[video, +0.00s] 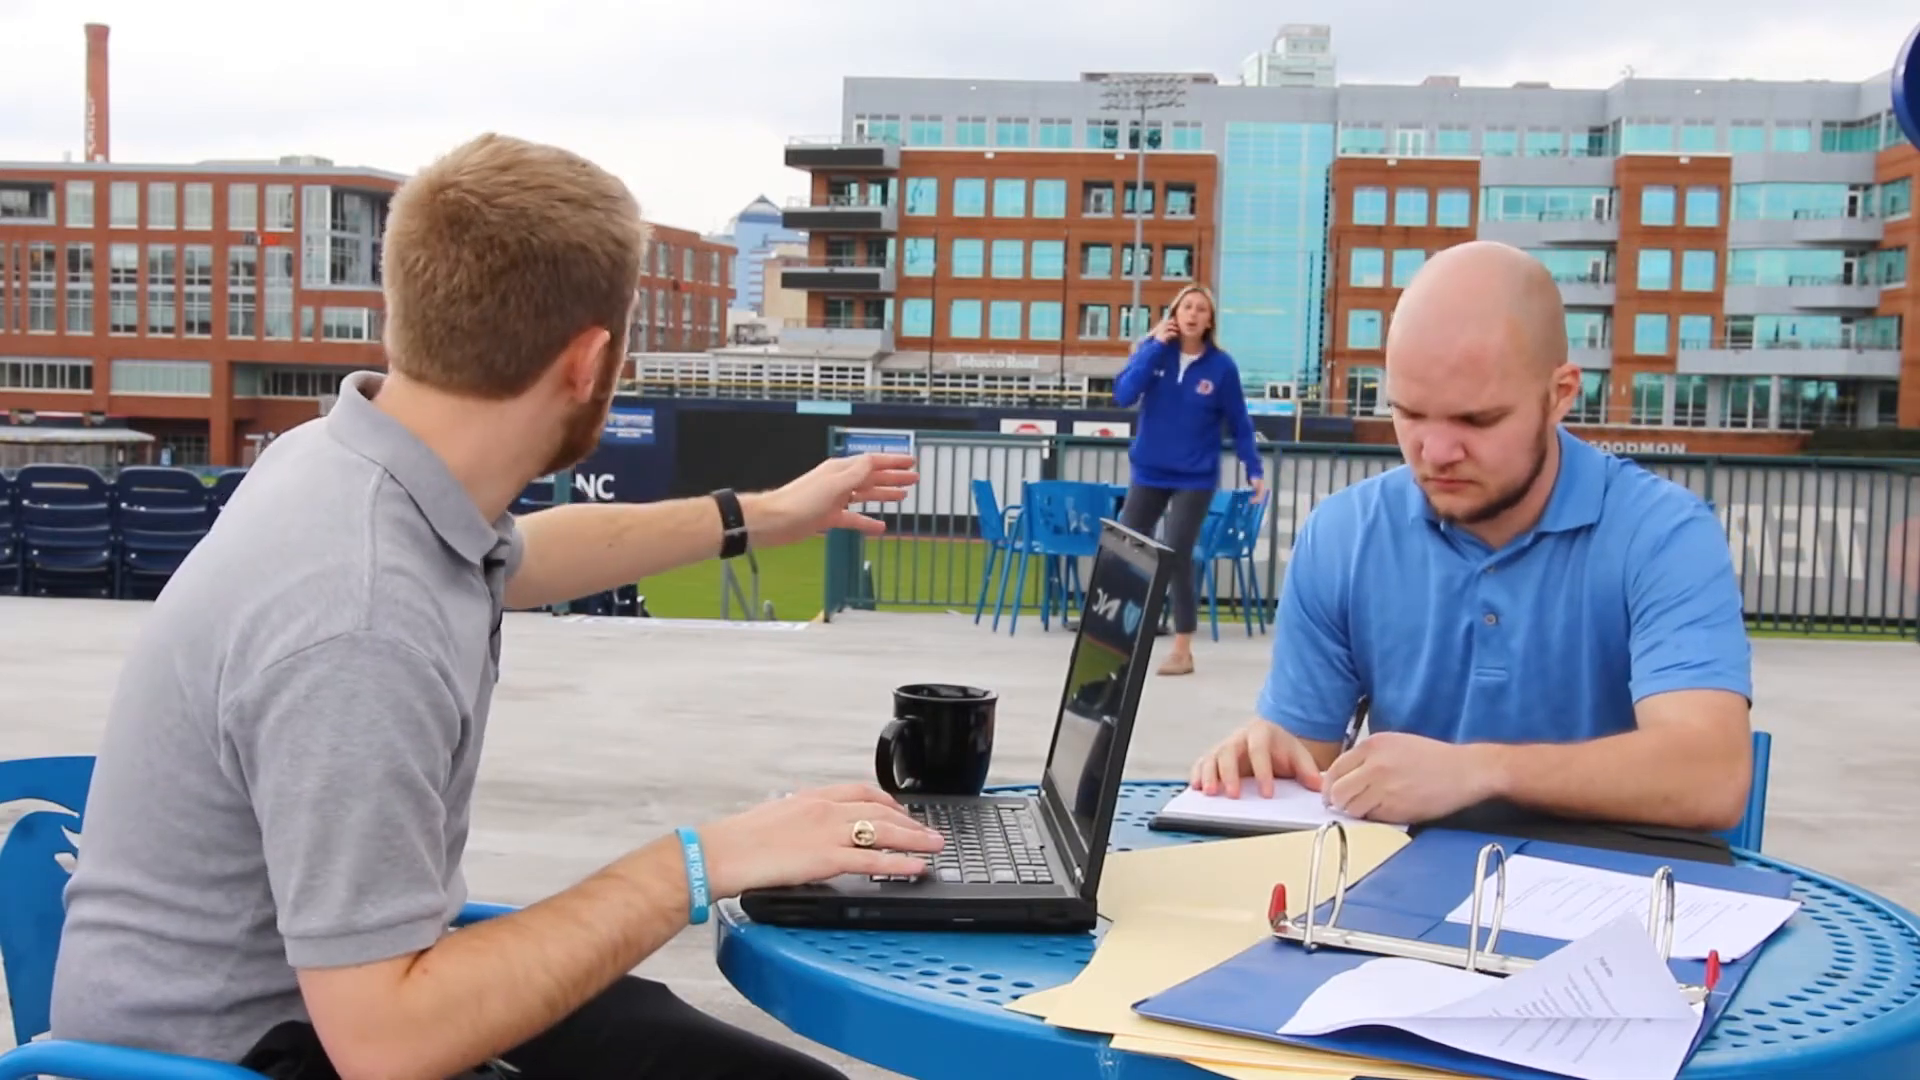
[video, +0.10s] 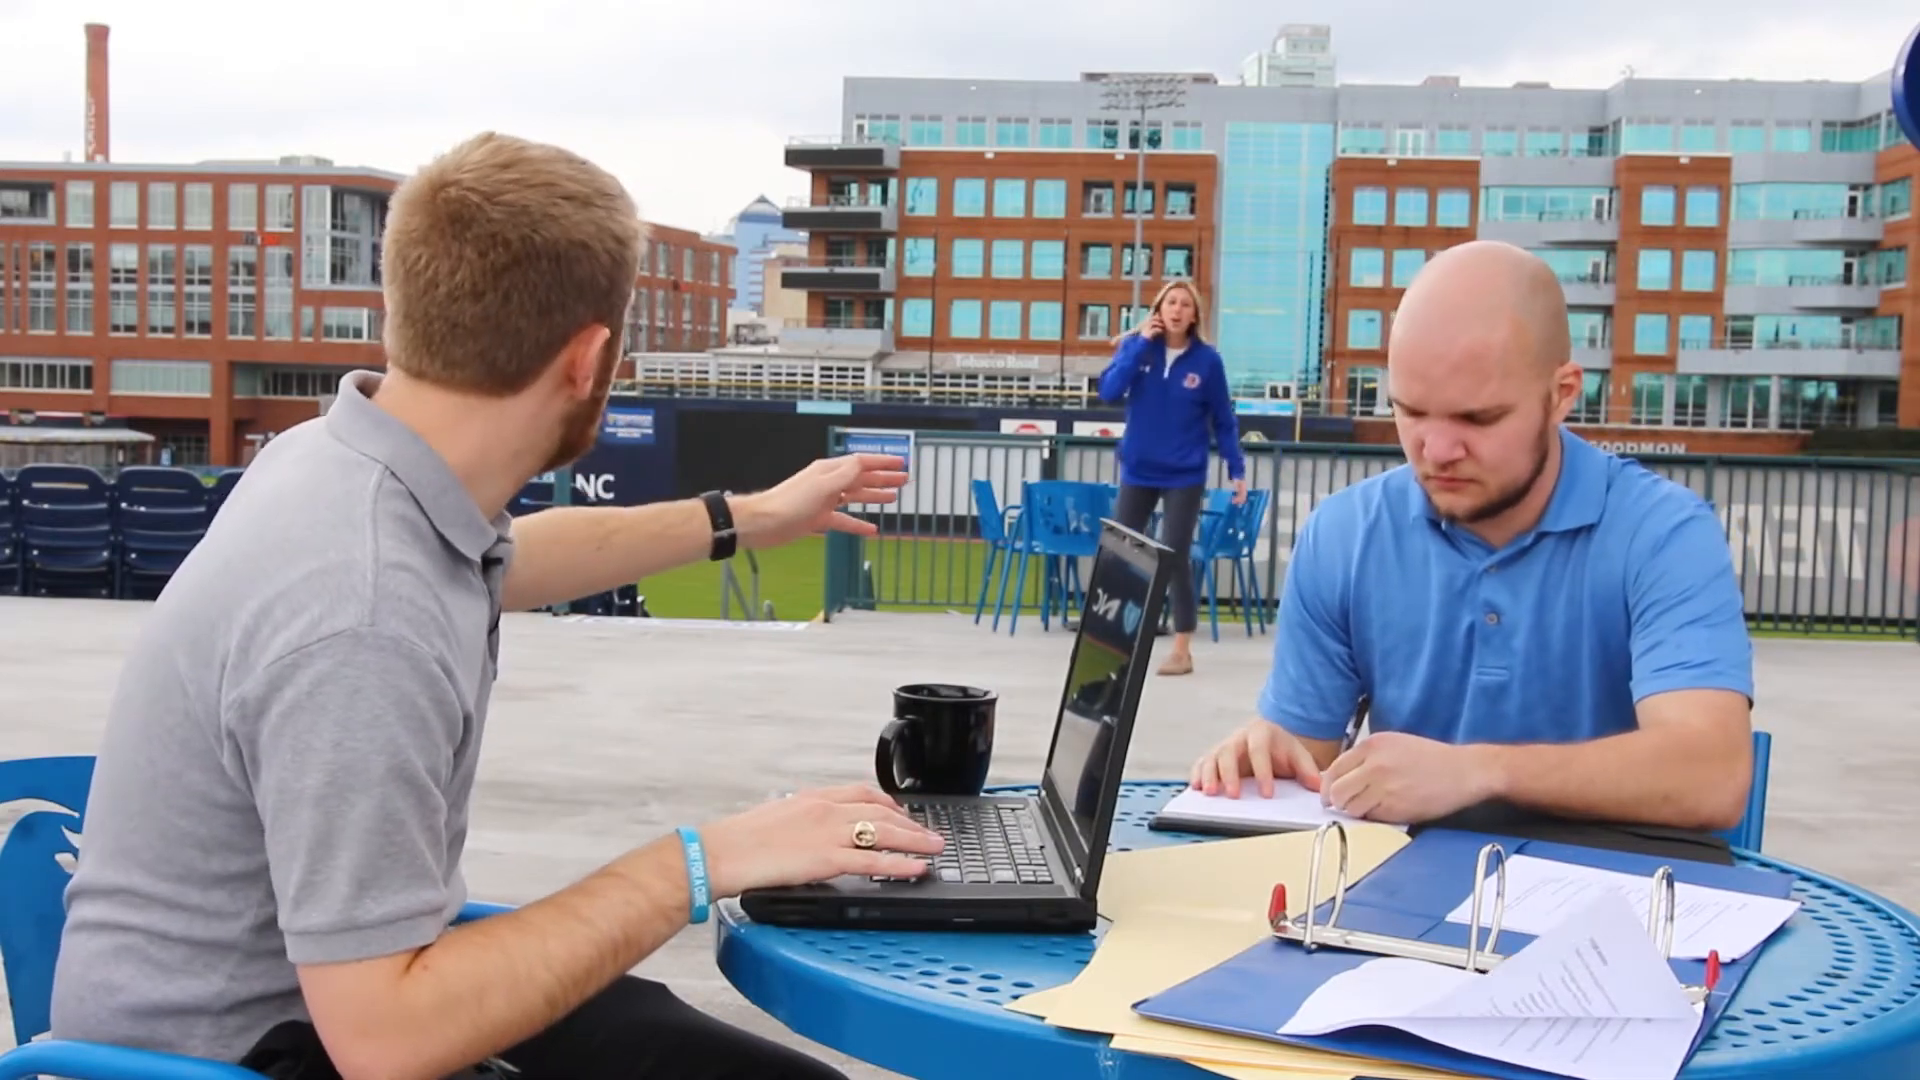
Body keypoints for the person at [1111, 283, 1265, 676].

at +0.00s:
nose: (1193, 315)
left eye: (1201, 310)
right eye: (1187, 308)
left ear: (1210, 319)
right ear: (1174, 313)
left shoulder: (1221, 366)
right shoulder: (1152, 349)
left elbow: (1240, 424)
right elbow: (1123, 395)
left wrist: (1254, 470)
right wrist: (1153, 345)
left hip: (1195, 477)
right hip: (1148, 472)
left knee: (1175, 553)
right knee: (1123, 550)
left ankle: (1182, 649)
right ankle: (1113, 639)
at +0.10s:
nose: (1177, 310)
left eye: (1185, 305)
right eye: (1171, 303)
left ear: (1195, 314)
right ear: (1158, 309)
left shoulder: (1206, 360)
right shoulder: (1136, 347)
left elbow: (1224, 420)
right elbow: (1108, 391)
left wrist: (1237, 472)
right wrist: (1139, 343)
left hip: (1184, 474)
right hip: (1138, 470)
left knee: (1175, 555)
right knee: (1119, 552)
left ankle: (1181, 648)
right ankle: (1111, 642)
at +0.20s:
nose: (1164, 309)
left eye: (1172, 303)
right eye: (1158, 301)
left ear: (1182, 312)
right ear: (1145, 307)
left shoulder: (1195, 357)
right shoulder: (1125, 346)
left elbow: (1216, 417)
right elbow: (1096, 391)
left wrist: (1233, 471)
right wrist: (1126, 343)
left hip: (1176, 473)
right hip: (1129, 470)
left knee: (1173, 556)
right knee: (1118, 554)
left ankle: (1181, 648)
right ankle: (1112, 642)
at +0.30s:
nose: (1153, 308)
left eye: (1161, 302)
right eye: (1147, 301)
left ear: (1171, 311)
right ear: (1135, 307)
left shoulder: (1186, 356)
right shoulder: (1116, 346)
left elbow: (1212, 415)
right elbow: (1085, 391)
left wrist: (1236, 470)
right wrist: (1115, 340)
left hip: (1171, 473)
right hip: (1123, 470)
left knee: (1171, 555)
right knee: (1113, 555)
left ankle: (1181, 647)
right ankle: (1109, 643)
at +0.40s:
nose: (1141, 309)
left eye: (1148, 303)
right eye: (1135, 302)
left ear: (1160, 311)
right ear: (1124, 308)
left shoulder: (1177, 355)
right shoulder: (1106, 347)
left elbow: (1208, 412)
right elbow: (1074, 390)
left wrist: (1235, 466)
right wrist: (1107, 341)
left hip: (1165, 474)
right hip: (1118, 472)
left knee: (1169, 557)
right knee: (1110, 557)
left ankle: (1182, 649)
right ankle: (1108, 645)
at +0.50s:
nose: (1126, 311)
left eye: (1134, 305)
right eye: (1120, 304)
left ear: (1147, 311)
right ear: (1110, 310)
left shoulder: (1165, 356)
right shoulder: (1098, 351)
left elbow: (1201, 411)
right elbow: (1063, 394)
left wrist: (1223, 464)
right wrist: (1092, 345)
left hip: (1159, 475)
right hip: (1112, 473)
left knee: (1167, 556)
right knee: (1102, 557)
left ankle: (1182, 648)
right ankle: (1104, 645)